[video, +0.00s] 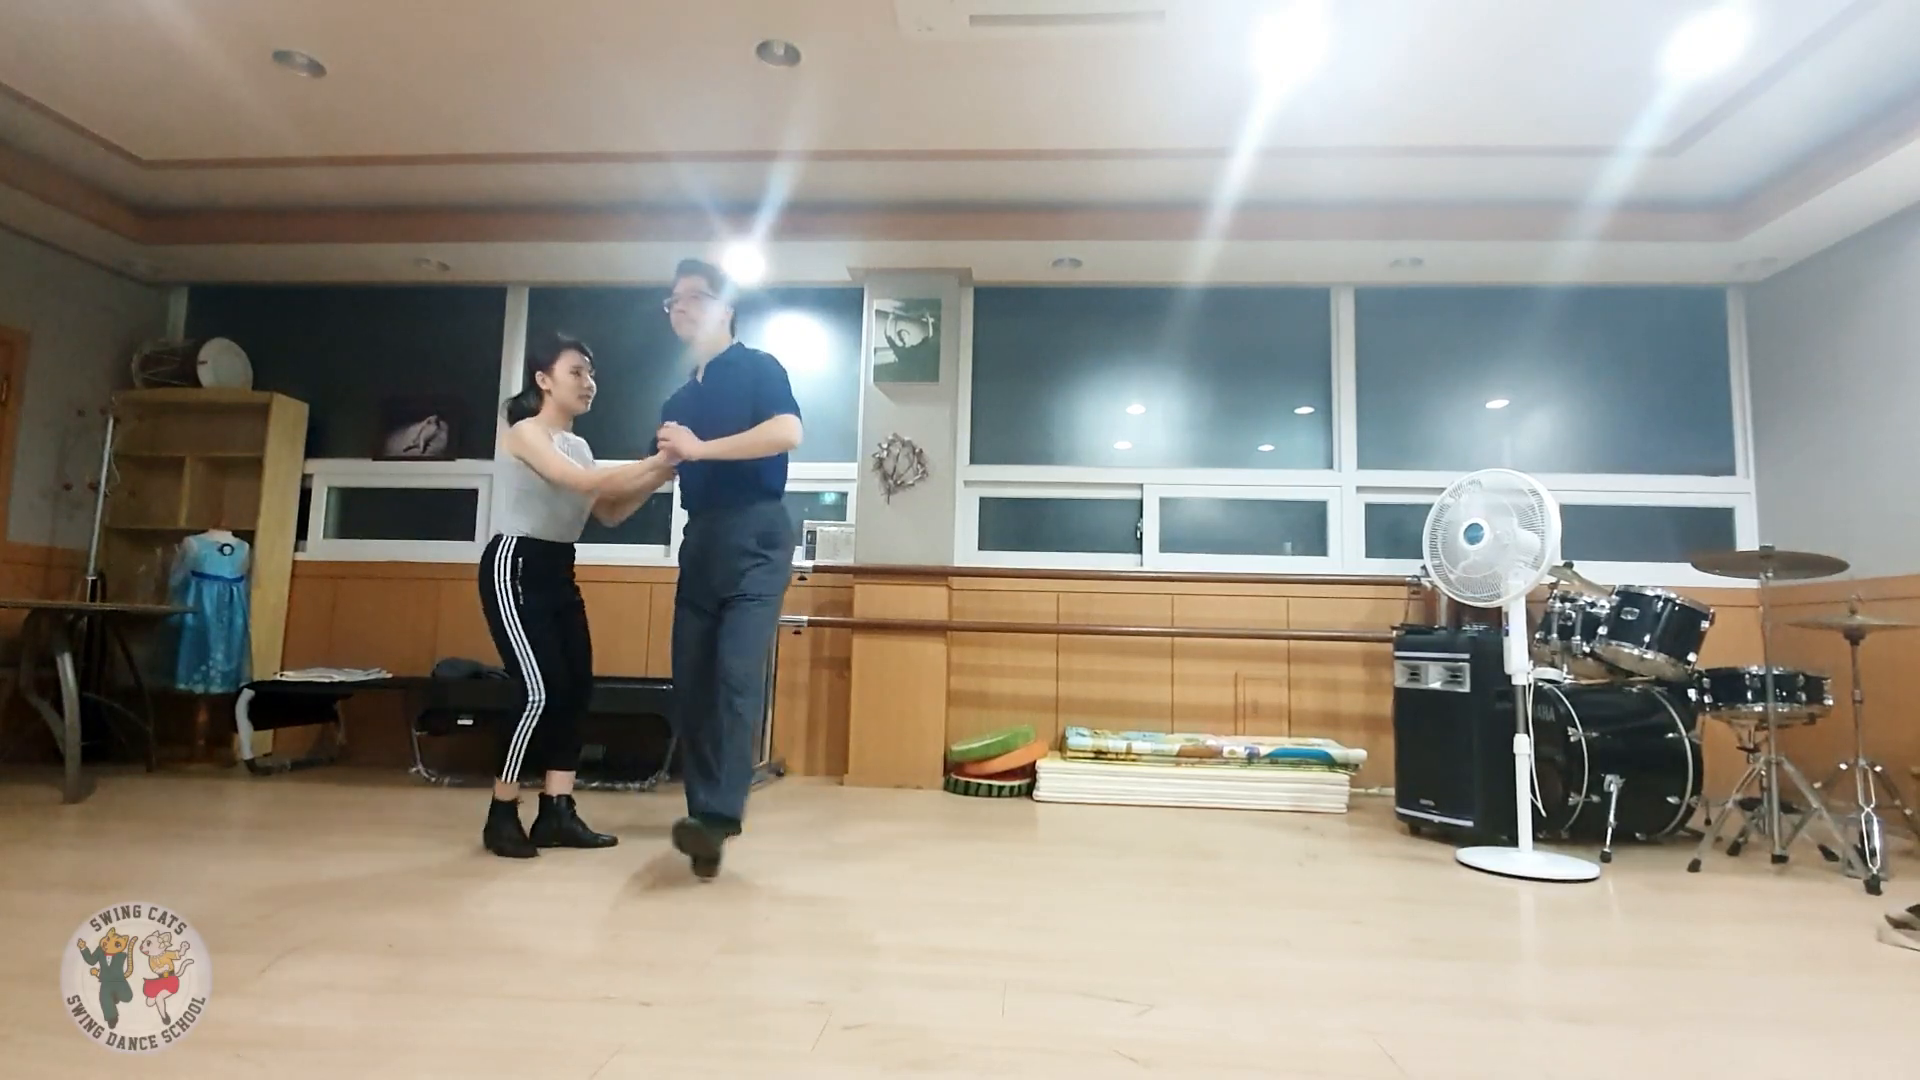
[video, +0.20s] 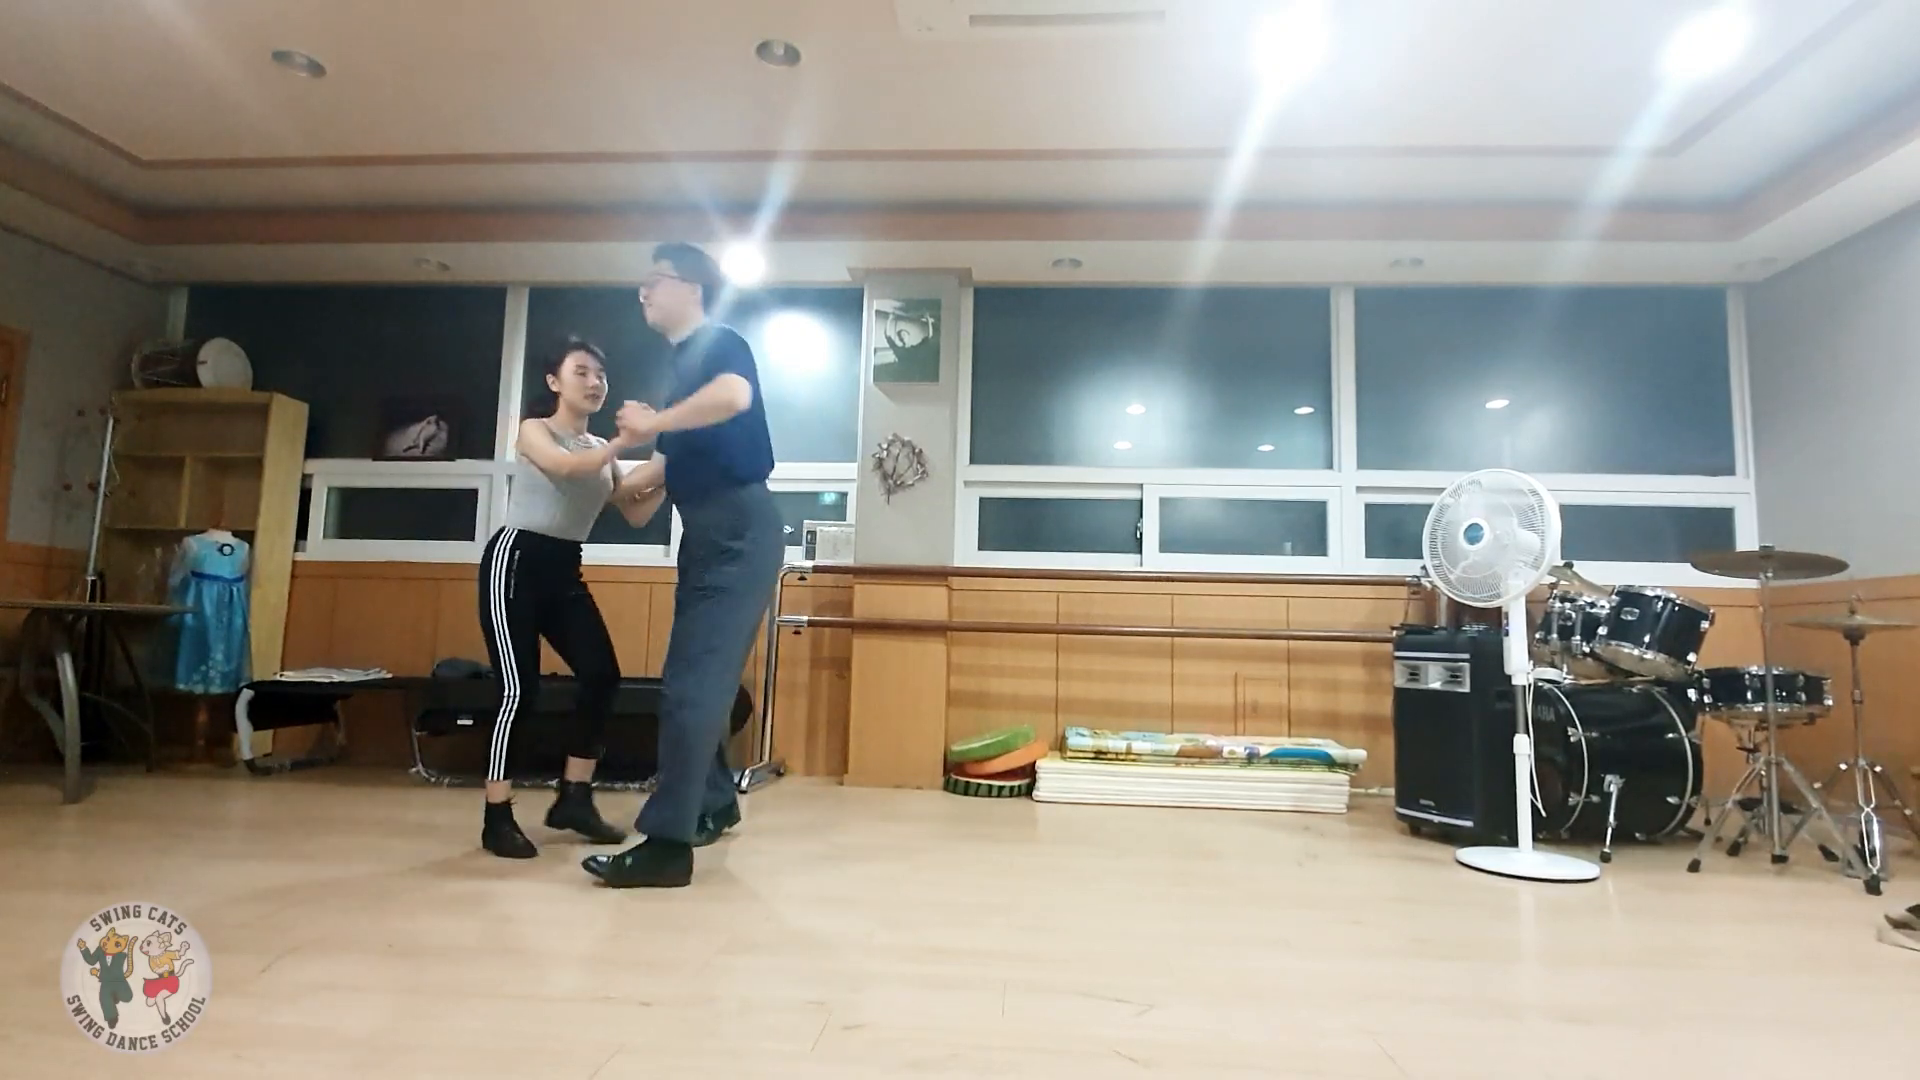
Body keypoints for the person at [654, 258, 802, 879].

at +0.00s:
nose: (678, 309)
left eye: (692, 299)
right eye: (675, 301)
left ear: (725, 308)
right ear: (675, 313)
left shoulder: (758, 366)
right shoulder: (677, 403)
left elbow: (787, 432)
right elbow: (660, 469)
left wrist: (701, 449)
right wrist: (611, 494)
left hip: (758, 535)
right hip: (703, 540)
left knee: (738, 672)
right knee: (692, 677)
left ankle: (717, 819)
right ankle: (708, 811)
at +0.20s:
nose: (643, 296)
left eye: (653, 284)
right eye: (644, 287)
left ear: (691, 288)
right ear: (677, 294)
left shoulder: (718, 341)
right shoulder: (684, 365)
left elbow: (734, 395)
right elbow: (690, 461)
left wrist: (656, 423)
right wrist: (638, 483)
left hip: (737, 524)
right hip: (709, 527)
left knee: (692, 680)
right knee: (695, 677)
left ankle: (668, 845)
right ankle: (715, 799)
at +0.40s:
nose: (609, 278)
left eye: (617, 267)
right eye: (613, 267)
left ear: (642, 274)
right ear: (663, 280)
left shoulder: (650, 317)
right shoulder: (682, 330)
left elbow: (615, 360)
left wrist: (577, 405)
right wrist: (605, 410)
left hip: (688, 520)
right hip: (724, 515)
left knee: (650, 680)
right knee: (728, 670)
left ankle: (661, 849)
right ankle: (755, 802)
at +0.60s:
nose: (607, 277)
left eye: (606, 267)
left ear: (605, 270)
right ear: (664, 275)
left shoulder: (584, 315)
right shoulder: (690, 346)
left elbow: (511, 358)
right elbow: (711, 446)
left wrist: (539, 429)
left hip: (630, 497)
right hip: (700, 498)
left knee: (610, 678)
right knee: (714, 678)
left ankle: (653, 850)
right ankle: (753, 821)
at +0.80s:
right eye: (645, 262)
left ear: (585, 260)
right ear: (648, 268)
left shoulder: (543, 309)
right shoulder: (680, 336)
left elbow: (449, 362)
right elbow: (720, 436)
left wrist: (508, 419)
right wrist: (753, 481)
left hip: (573, 489)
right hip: (656, 493)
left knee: (582, 674)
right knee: (639, 667)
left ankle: (631, 846)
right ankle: (561, 843)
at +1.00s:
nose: (640, 287)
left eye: (639, 280)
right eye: (640, 278)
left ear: (569, 267)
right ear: (626, 274)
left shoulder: (514, 315)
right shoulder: (647, 327)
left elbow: (431, 389)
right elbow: (706, 409)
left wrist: (504, 433)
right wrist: (745, 435)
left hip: (534, 486)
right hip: (617, 486)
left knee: (546, 662)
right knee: (603, 673)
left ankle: (588, 830)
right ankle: (542, 865)